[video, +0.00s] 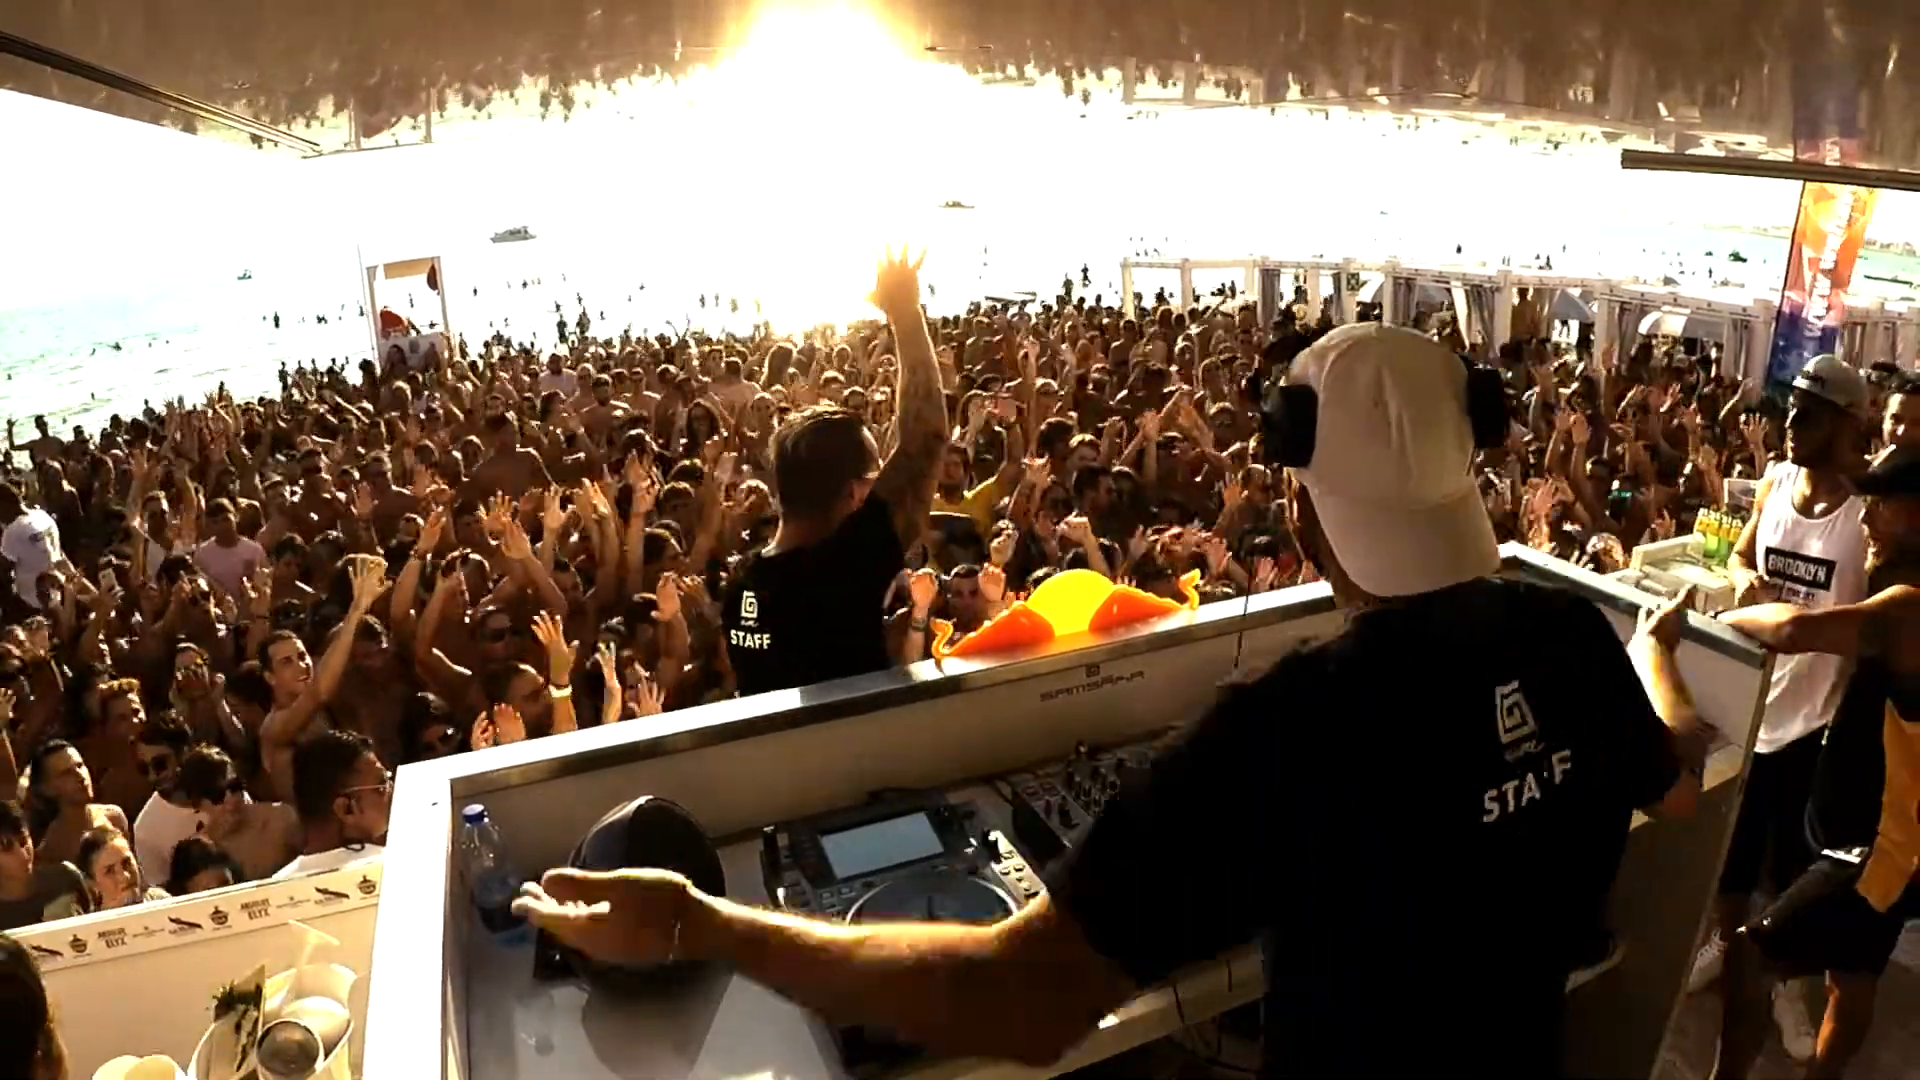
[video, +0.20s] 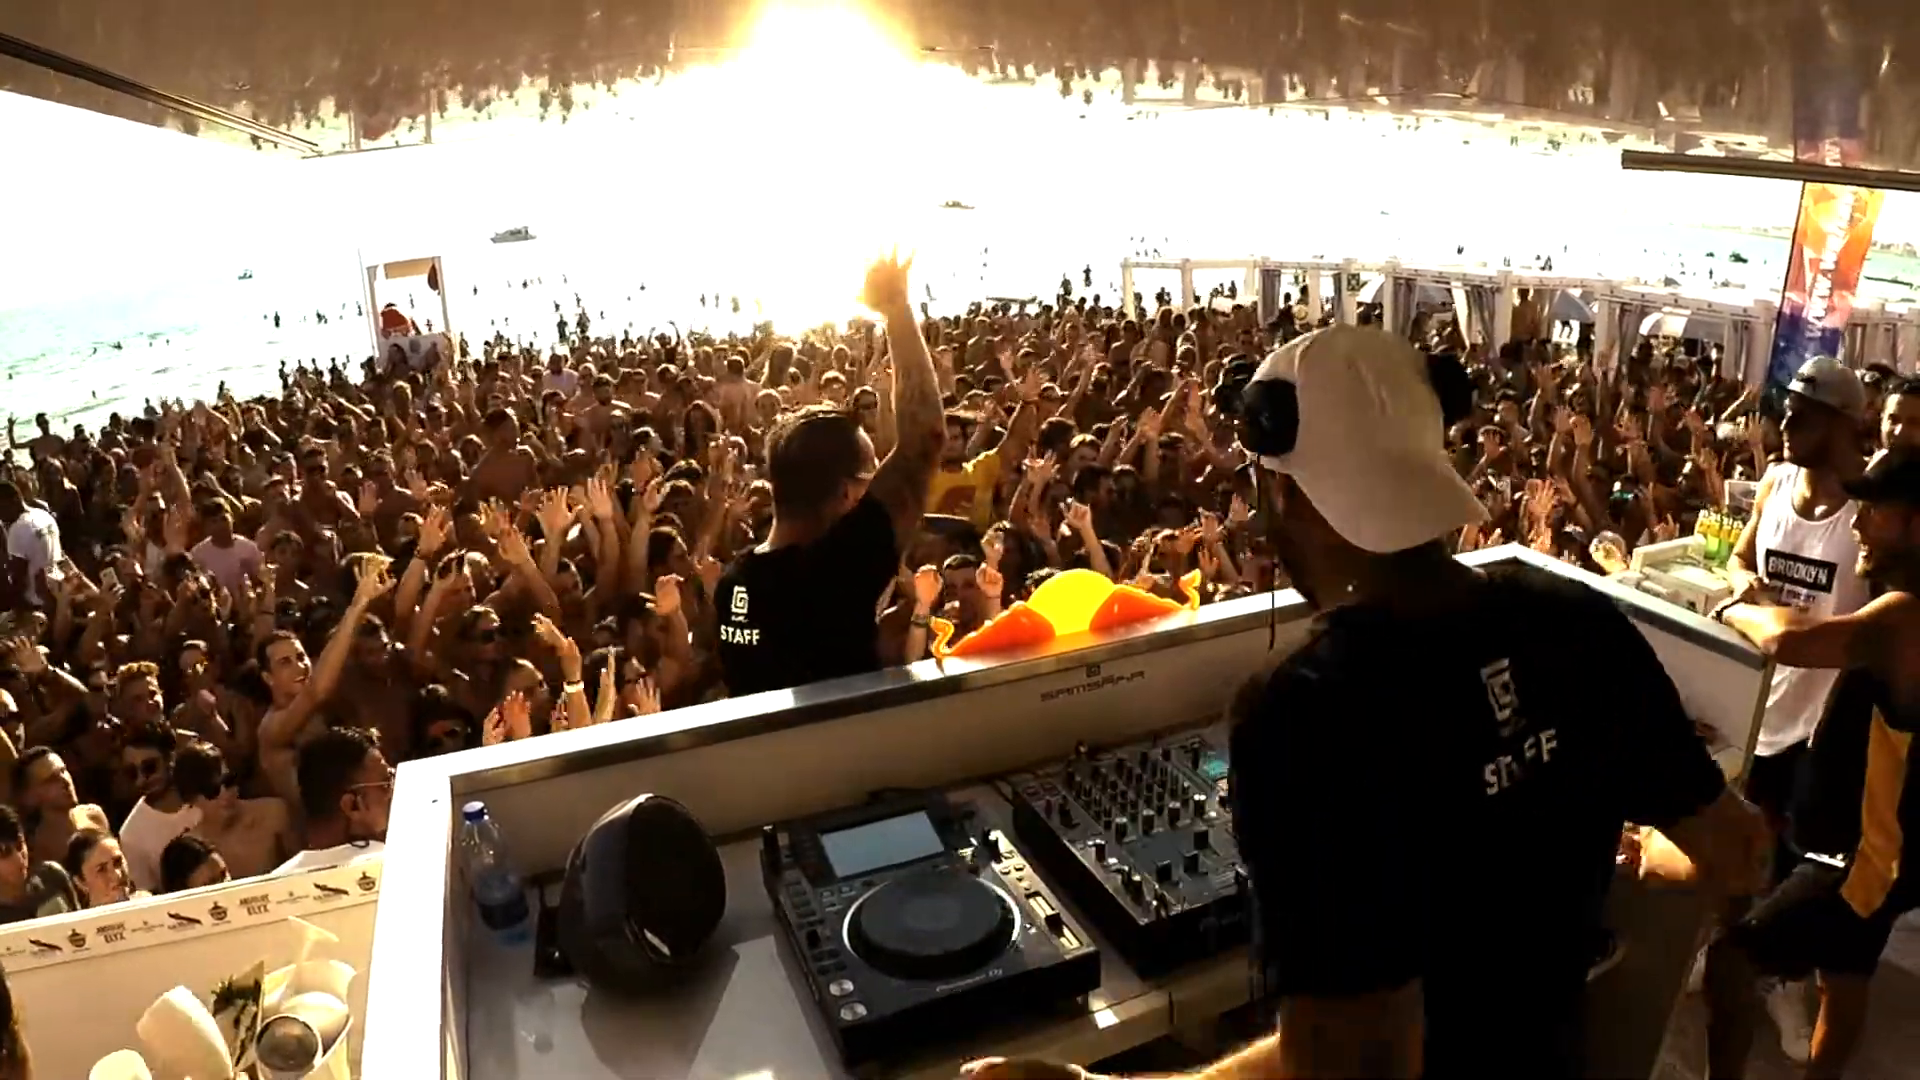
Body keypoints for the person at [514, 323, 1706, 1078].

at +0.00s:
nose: (1301, 499)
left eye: (1303, 466)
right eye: (1302, 463)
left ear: (1331, 491)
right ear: (1476, 464)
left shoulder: (1293, 715)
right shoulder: (1580, 635)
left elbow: (1008, 998)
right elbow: (1661, 781)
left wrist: (705, 923)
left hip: (1320, 1078)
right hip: (1520, 1067)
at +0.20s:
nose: (1264, 516)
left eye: (1268, 488)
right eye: (1265, 487)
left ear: (1303, 499)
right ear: (1423, 474)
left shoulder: (1303, 711)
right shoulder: (1570, 619)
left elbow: (1353, 1051)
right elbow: (1730, 851)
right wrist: (1616, 849)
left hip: (1397, 1076)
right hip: (1561, 1051)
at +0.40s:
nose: (1299, 527)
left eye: (1297, 496)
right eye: (1293, 495)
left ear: (1336, 501)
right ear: (1464, 476)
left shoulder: (1346, 735)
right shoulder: (1595, 624)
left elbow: (1214, 993)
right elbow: (1629, 862)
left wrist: (1193, 845)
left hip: (1393, 1067)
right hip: (1573, 1044)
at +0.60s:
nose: (1361, 513)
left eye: (1368, 490)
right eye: (1363, 489)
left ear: (1417, 521)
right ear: (1531, 494)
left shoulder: (1417, 723)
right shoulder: (1641, 645)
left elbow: (1261, 968)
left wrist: (1223, 847)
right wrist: (1331, 822)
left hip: (1455, 1069)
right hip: (1628, 1052)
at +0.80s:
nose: (1393, 479)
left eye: (1405, 453)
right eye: (1401, 452)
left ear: (1446, 482)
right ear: (1555, 477)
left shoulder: (1440, 715)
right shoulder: (1645, 633)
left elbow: (1284, 964)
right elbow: (1534, 850)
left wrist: (1226, 850)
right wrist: (1328, 829)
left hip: (1449, 1057)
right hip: (1618, 1045)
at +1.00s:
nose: (1344, 552)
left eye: (1352, 529)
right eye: (1350, 528)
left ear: (1384, 554)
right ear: (1516, 531)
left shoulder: (1396, 788)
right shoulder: (1617, 673)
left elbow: (1251, 1004)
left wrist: (1228, 859)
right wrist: (1315, 843)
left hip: (1421, 1074)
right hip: (1595, 1057)